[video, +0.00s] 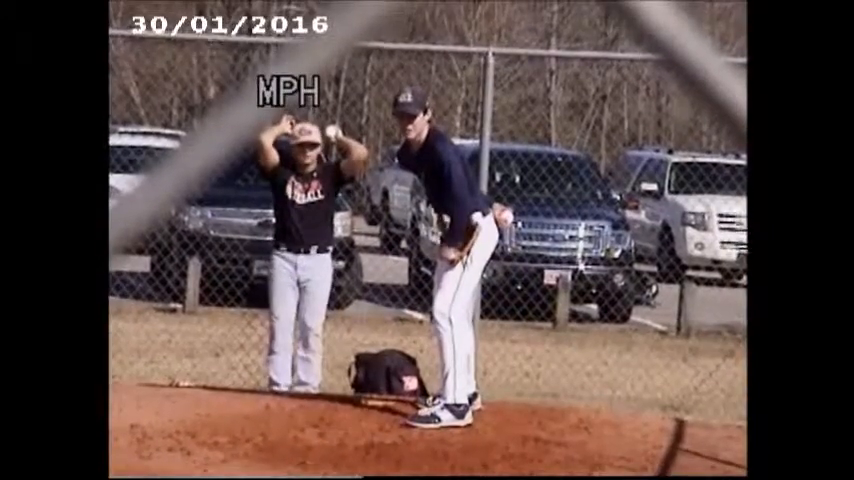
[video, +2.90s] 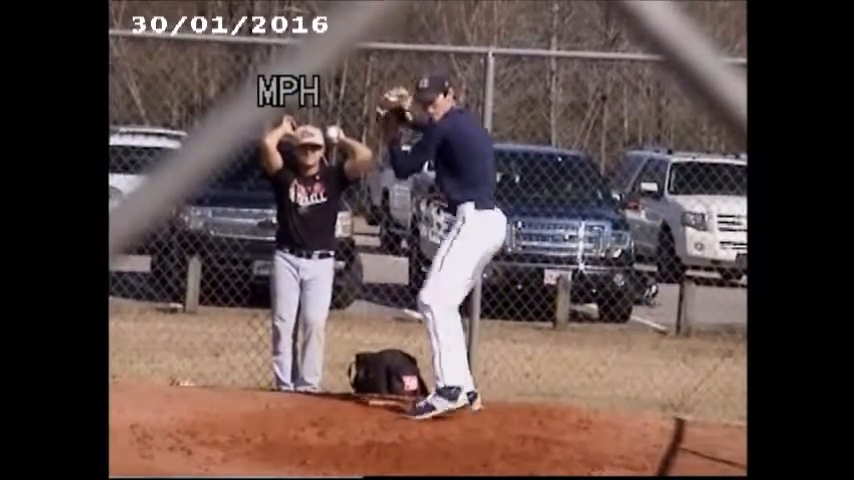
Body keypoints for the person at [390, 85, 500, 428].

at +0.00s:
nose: (407, 124)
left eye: (413, 117)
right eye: (402, 118)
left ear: (428, 116)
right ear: (396, 119)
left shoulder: (441, 149)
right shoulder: (409, 151)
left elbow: (461, 200)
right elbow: (442, 186)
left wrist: (455, 243)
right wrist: (488, 207)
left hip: (475, 225)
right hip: (457, 225)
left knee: (445, 312)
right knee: (456, 313)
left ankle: (456, 401)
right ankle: (465, 391)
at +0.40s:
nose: (397, 120)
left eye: (403, 113)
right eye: (392, 115)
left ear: (418, 111)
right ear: (389, 118)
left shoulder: (432, 141)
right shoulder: (411, 149)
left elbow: (460, 185)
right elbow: (455, 186)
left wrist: (444, 228)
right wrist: (493, 211)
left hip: (477, 224)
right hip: (459, 226)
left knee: (447, 310)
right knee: (444, 310)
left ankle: (456, 400)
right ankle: (463, 389)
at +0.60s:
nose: (395, 121)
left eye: (400, 114)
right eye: (392, 116)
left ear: (418, 110)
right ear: (392, 118)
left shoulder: (427, 140)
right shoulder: (420, 143)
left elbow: (446, 191)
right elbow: (445, 194)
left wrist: (422, 226)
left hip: (479, 226)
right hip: (464, 228)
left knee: (445, 311)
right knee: (431, 311)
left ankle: (457, 400)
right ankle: (461, 388)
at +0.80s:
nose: (407, 112)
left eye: (412, 105)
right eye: (404, 107)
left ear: (430, 103)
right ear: (407, 108)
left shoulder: (428, 133)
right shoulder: (440, 134)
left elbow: (429, 187)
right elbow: (447, 204)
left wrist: (399, 213)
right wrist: (410, 224)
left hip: (476, 222)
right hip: (473, 222)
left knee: (446, 308)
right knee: (430, 308)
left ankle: (452, 393)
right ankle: (461, 387)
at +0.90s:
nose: (414, 109)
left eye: (419, 102)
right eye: (412, 104)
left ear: (438, 100)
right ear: (436, 103)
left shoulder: (432, 130)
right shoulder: (453, 127)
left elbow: (422, 185)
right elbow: (434, 183)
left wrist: (388, 186)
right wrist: (392, 181)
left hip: (474, 221)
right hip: (485, 219)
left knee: (442, 306)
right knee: (432, 308)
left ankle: (457, 391)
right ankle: (458, 388)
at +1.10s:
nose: (422, 98)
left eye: (427, 92)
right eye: (419, 93)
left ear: (446, 90)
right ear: (424, 95)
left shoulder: (434, 121)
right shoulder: (456, 121)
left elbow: (400, 163)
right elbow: (415, 153)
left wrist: (381, 136)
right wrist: (395, 126)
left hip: (472, 219)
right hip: (482, 218)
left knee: (438, 305)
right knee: (440, 305)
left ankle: (456, 394)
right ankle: (462, 390)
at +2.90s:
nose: (427, 111)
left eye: (431, 103)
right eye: (424, 105)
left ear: (450, 96)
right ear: (447, 100)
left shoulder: (443, 128)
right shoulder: (467, 121)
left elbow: (403, 168)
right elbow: (434, 131)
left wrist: (391, 134)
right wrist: (408, 118)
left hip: (474, 219)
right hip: (490, 218)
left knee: (433, 298)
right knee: (443, 302)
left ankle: (451, 386)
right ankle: (463, 386)